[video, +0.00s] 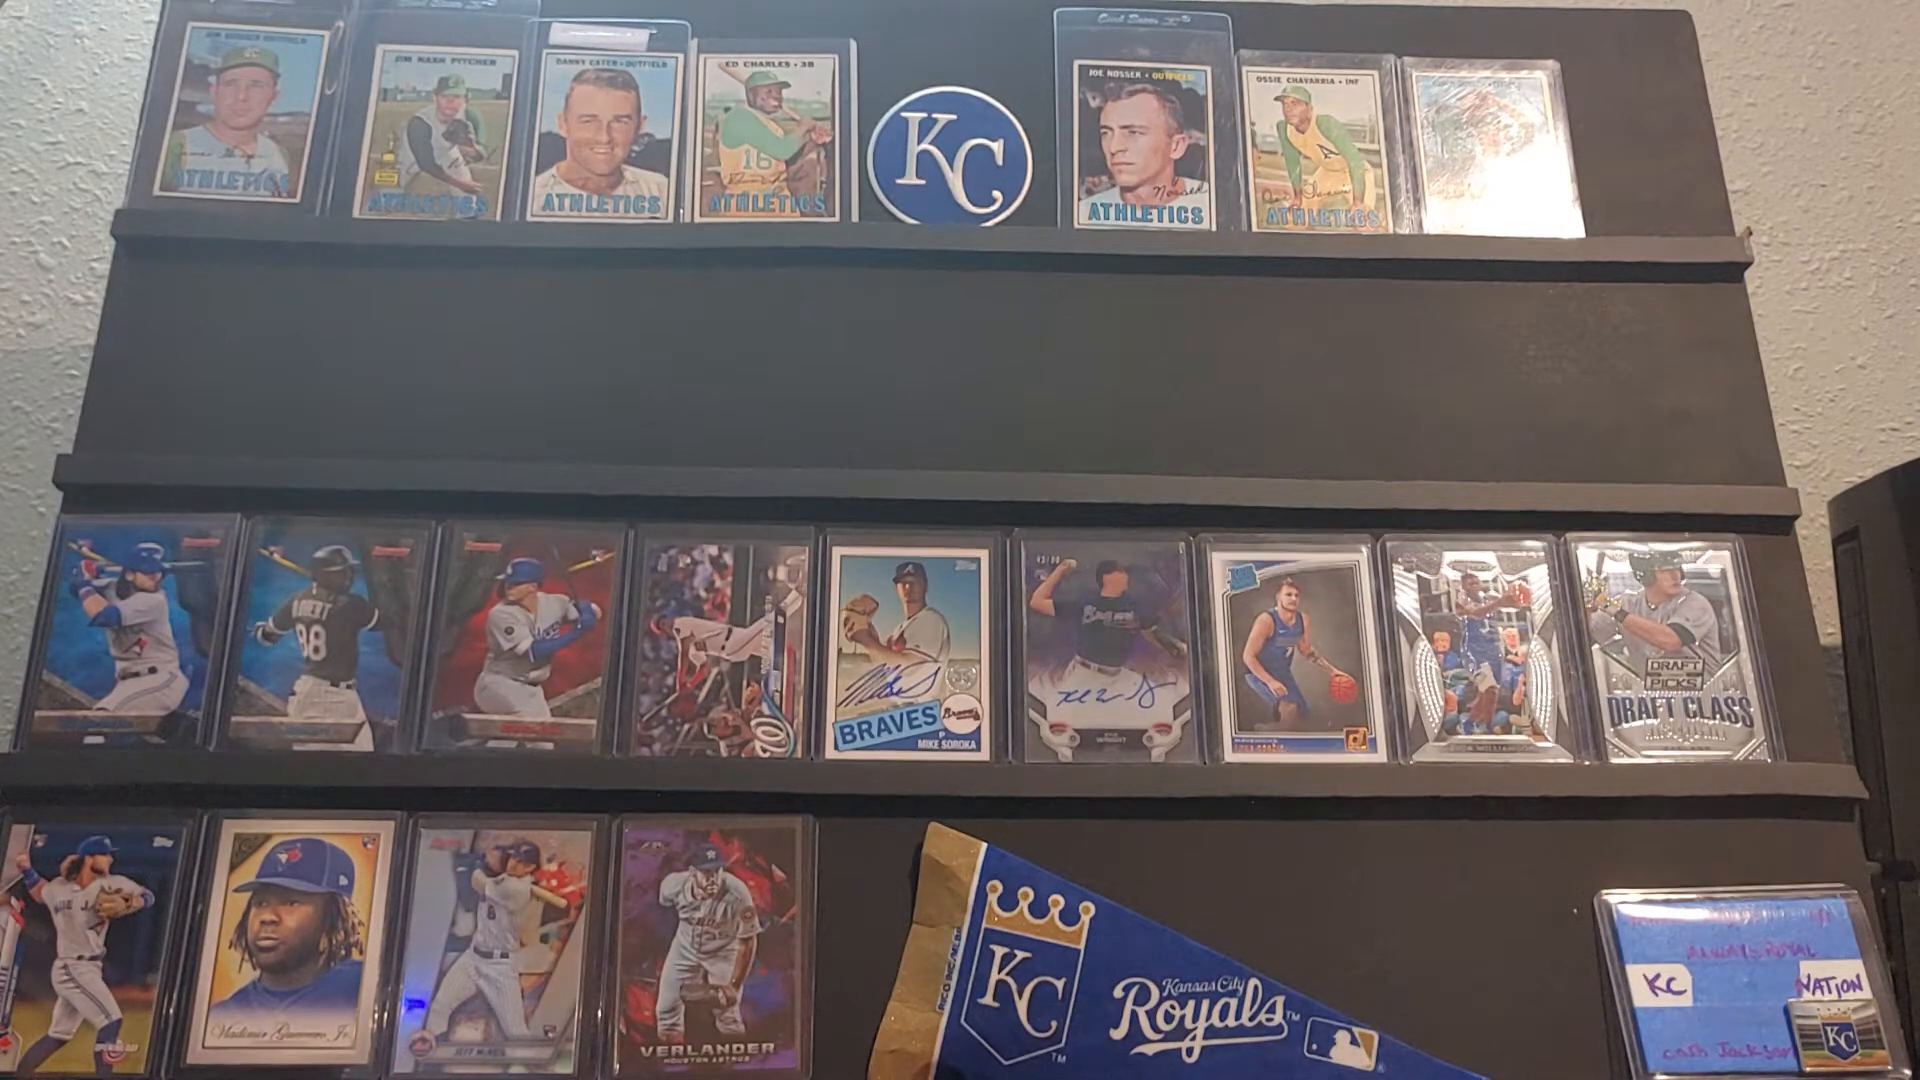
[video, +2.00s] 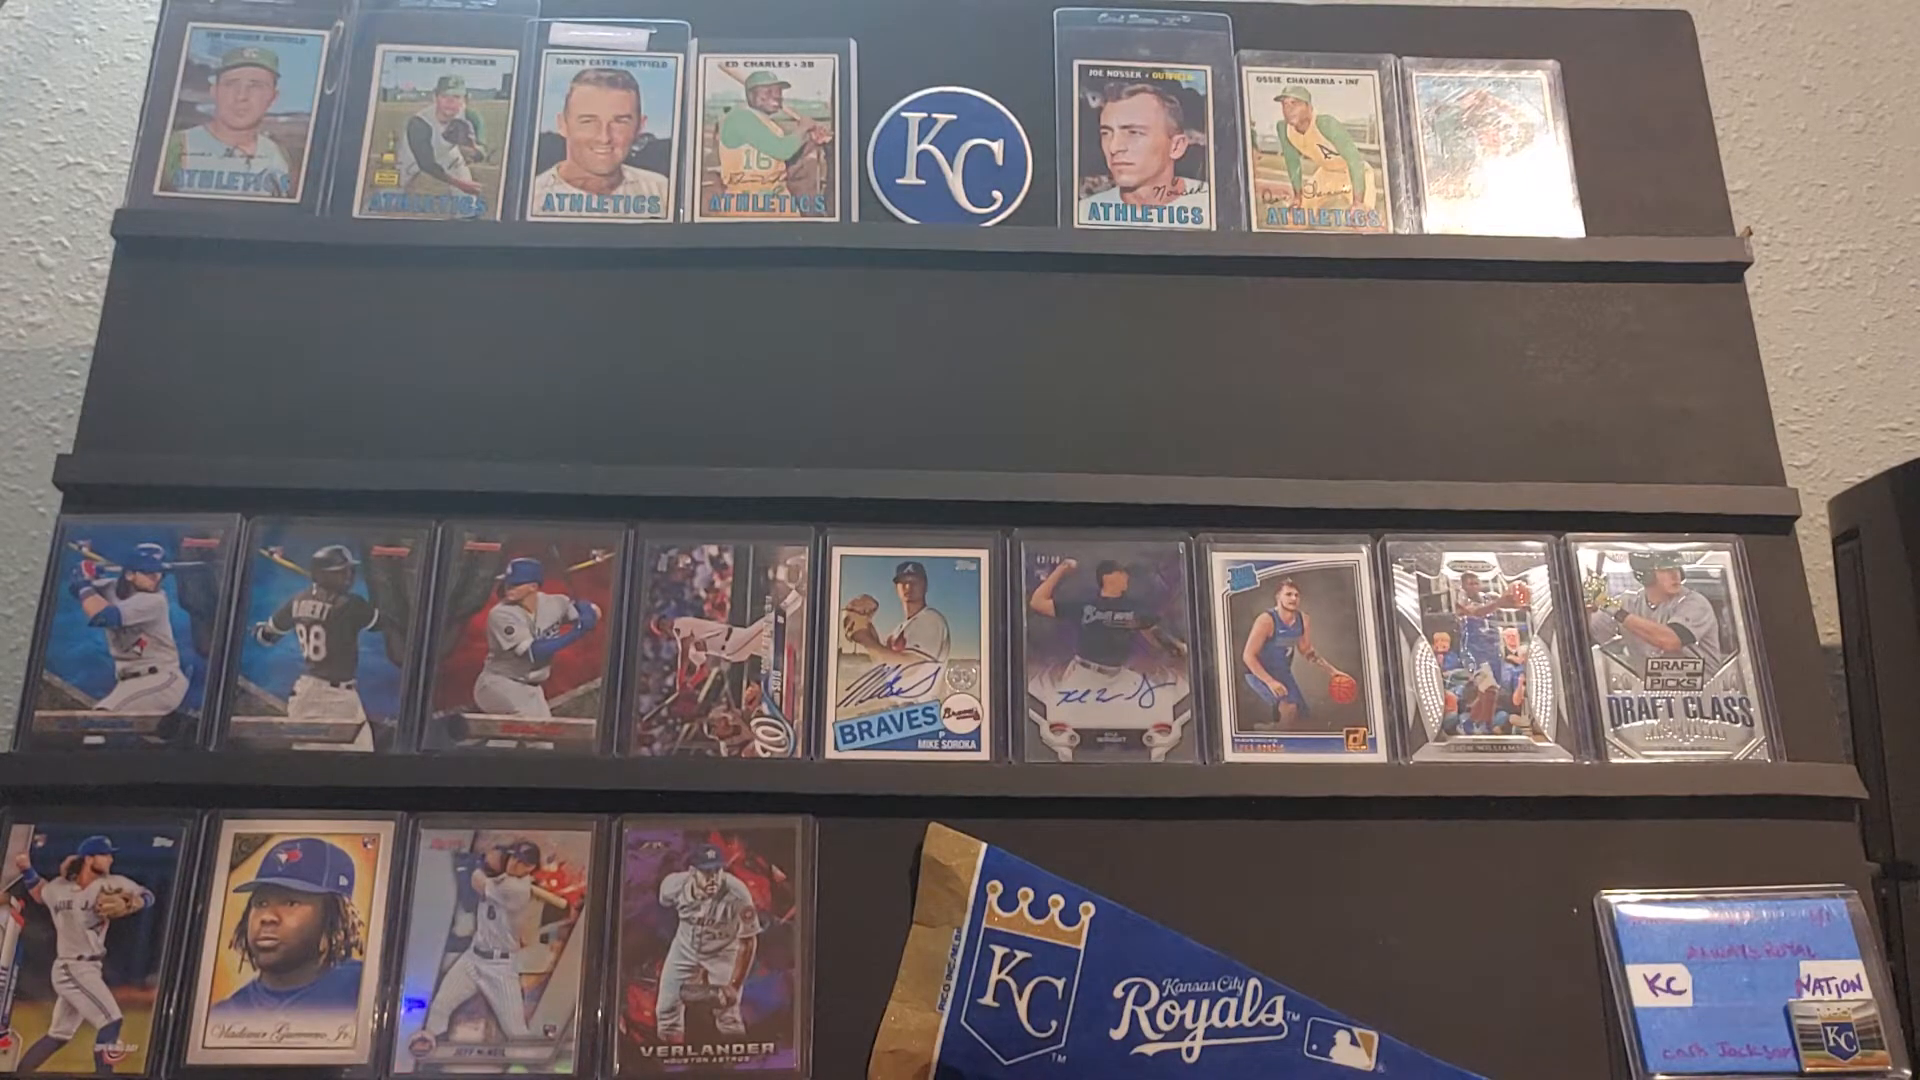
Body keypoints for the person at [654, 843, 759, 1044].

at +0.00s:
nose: (711, 878)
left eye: (715, 871)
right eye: (705, 872)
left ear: (722, 869)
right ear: (693, 871)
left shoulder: (738, 893)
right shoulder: (673, 885)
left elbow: (748, 941)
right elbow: (666, 907)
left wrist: (735, 985)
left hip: (724, 953)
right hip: (684, 947)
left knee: (727, 1014)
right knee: (666, 1009)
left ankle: (740, 1068)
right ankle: (674, 1071)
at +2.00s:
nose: (712, 879)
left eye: (716, 872)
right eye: (705, 872)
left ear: (722, 870)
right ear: (692, 871)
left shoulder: (738, 894)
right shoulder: (672, 886)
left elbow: (749, 942)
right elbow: (667, 909)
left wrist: (735, 985)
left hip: (724, 954)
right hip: (684, 948)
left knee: (727, 1015)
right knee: (666, 1009)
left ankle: (740, 1068)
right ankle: (673, 1069)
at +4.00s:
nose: (711, 878)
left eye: (716, 871)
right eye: (706, 872)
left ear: (722, 869)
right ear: (692, 870)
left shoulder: (738, 893)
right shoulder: (673, 885)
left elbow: (749, 941)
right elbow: (667, 909)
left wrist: (734, 985)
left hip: (724, 953)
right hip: (684, 947)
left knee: (727, 1014)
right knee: (666, 1009)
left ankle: (741, 1068)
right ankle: (674, 1069)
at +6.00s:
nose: (712, 878)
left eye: (716, 871)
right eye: (706, 872)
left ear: (722, 869)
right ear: (693, 871)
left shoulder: (738, 893)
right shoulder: (673, 886)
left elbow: (749, 941)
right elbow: (667, 912)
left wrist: (735, 985)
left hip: (724, 954)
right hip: (684, 948)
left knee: (727, 1015)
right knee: (666, 1009)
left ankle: (740, 1068)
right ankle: (673, 1068)